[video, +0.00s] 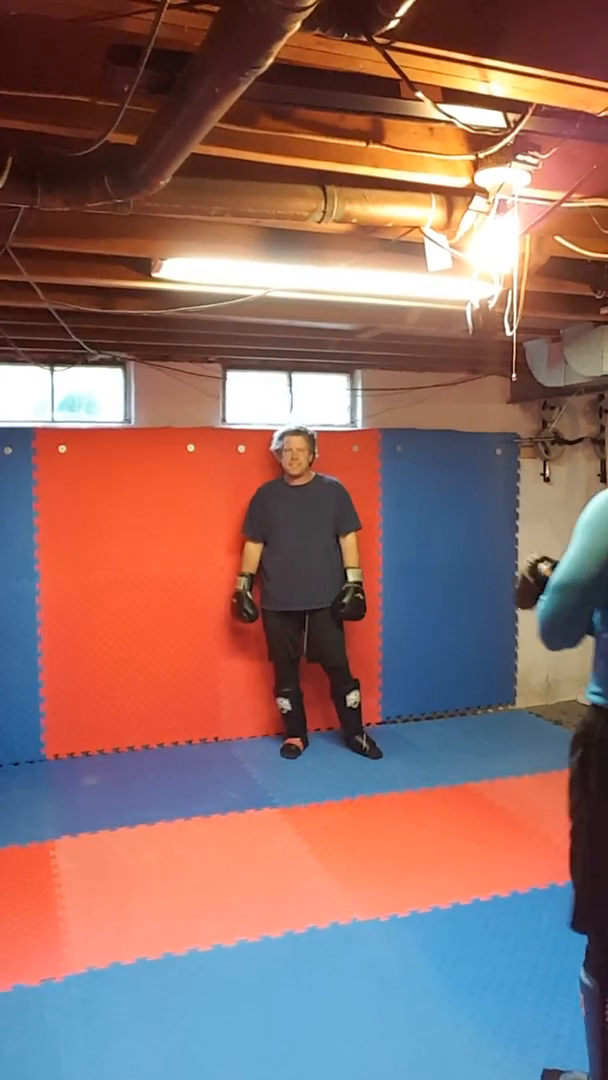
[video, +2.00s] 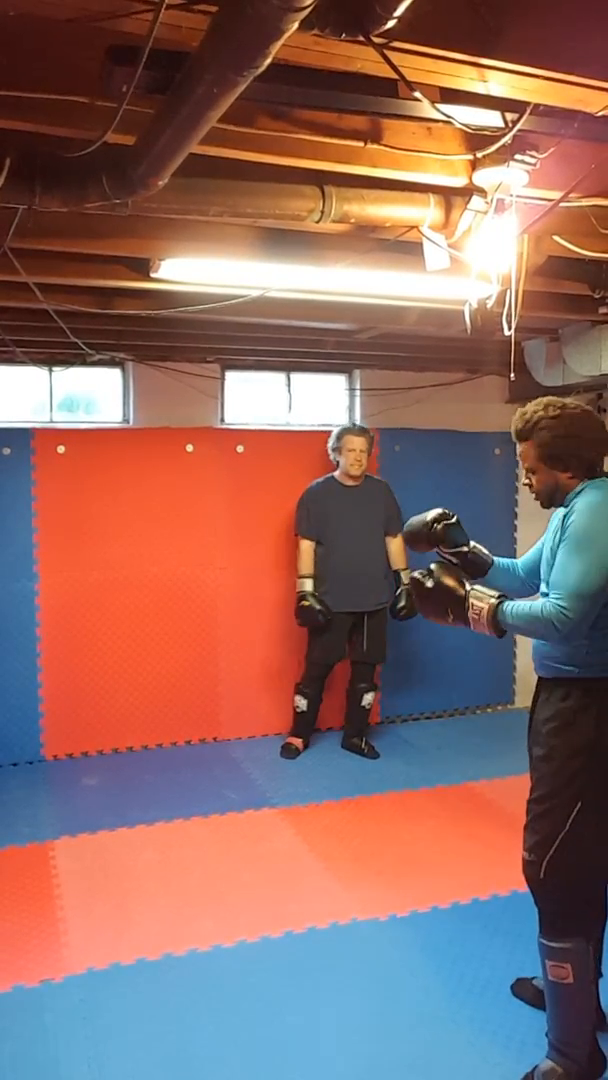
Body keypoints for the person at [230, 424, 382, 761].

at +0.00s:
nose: (292, 456)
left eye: (299, 451)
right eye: (287, 451)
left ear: (313, 455)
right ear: (280, 456)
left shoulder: (332, 491)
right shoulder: (266, 496)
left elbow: (348, 538)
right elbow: (254, 542)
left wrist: (354, 583)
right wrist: (243, 586)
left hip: (325, 598)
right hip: (279, 601)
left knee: (339, 668)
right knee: (285, 670)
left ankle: (355, 733)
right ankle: (294, 735)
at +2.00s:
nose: (358, 457)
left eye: (363, 452)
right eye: (351, 451)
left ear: (370, 455)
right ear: (336, 454)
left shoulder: (381, 491)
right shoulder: (316, 495)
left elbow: (394, 539)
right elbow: (307, 545)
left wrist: (404, 583)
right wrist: (306, 593)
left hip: (374, 601)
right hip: (331, 601)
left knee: (366, 671)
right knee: (316, 670)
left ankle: (355, 735)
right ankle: (300, 733)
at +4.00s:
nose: (356, 457)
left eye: (362, 451)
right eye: (350, 452)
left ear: (371, 454)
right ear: (338, 455)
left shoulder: (387, 491)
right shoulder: (320, 494)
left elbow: (400, 539)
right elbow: (307, 543)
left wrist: (409, 583)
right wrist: (296, 588)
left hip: (375, 600)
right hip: (330, 599)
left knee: (365, 670)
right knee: (316, 669)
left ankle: (355, 736)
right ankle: (299, 741)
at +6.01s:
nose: (289, 456)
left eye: (295, 450)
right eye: (282, 450)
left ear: (306, 454)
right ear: (269, 455)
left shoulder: (321, 494)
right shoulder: (250, 496)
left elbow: (334, 539)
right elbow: (236, 546)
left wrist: (326, 567)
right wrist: (228, 593)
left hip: (311, 604)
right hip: (264, 606)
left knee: (336, 674)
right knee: (271, 682)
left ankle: (364, 743)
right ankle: (280, 749)